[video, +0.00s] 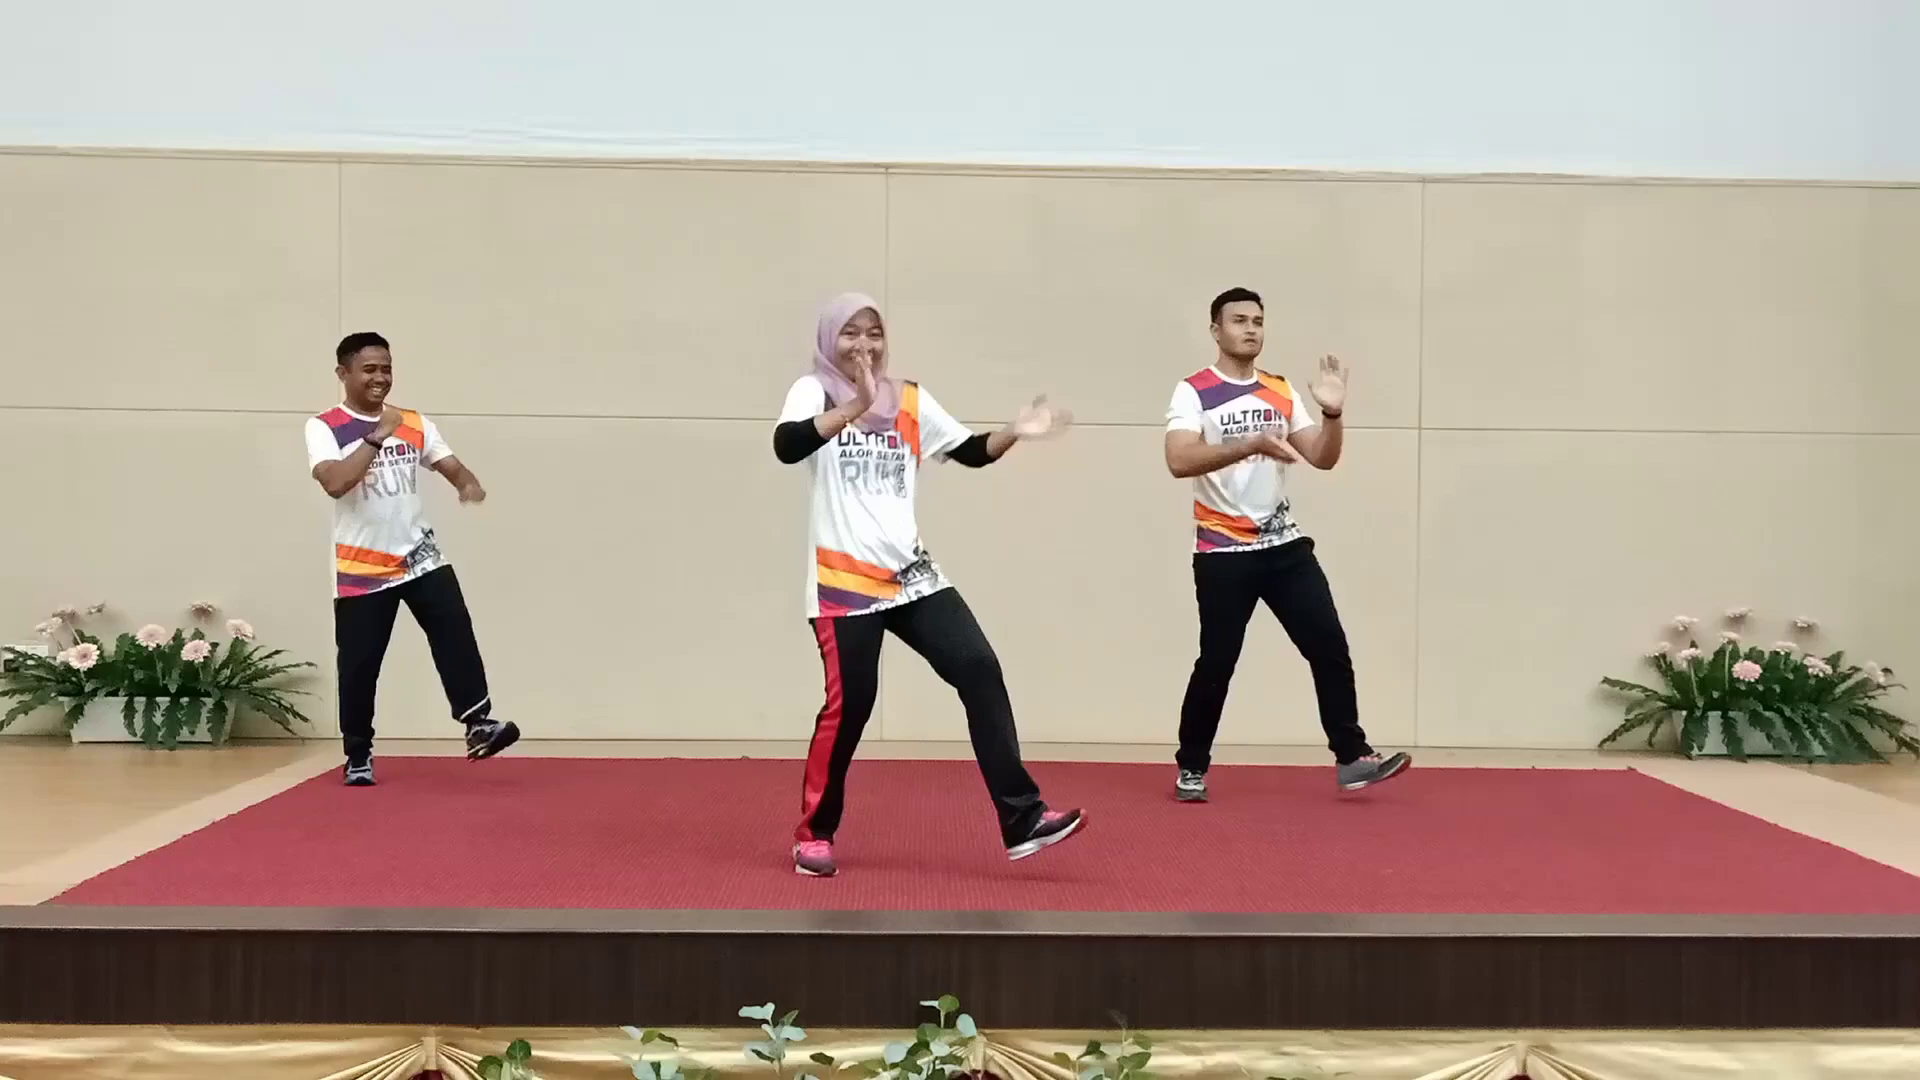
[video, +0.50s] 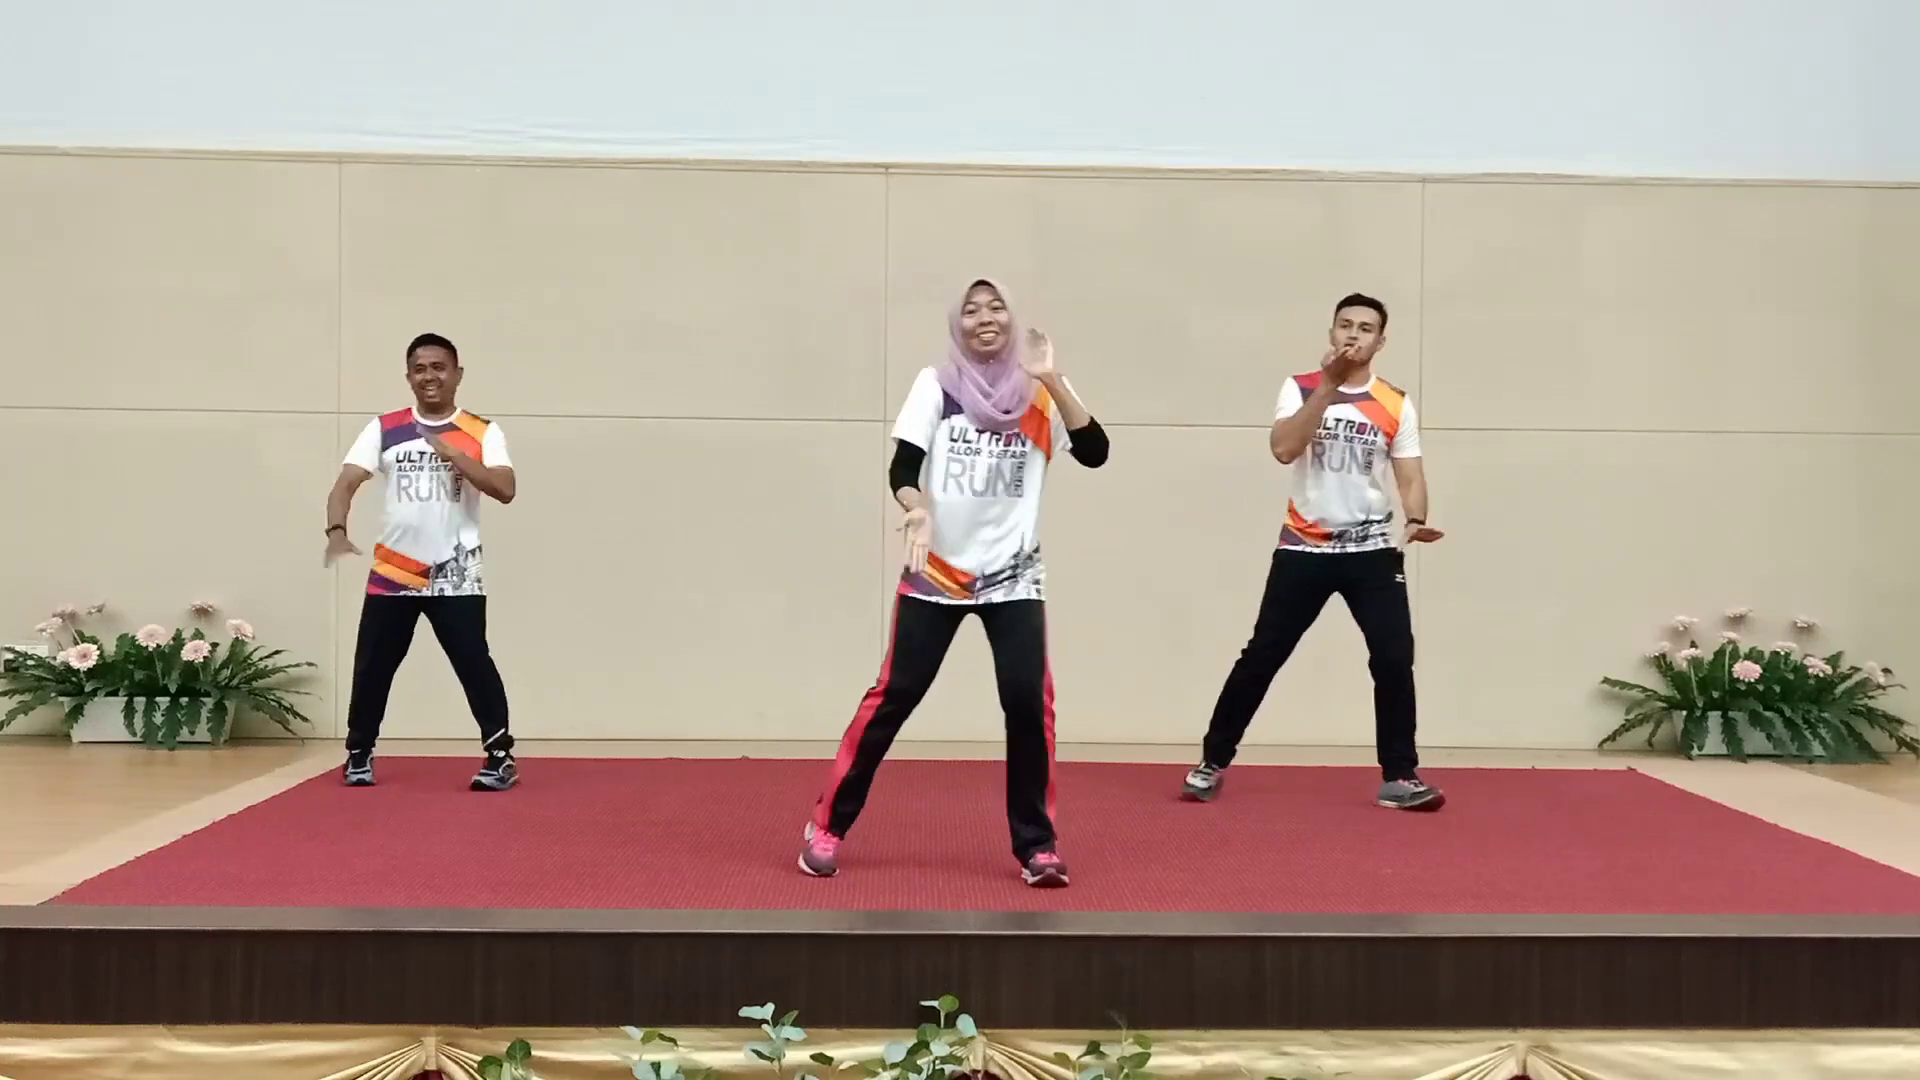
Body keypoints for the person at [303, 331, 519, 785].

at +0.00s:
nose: (380, 378)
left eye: (386, 370)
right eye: (369, 370)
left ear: (391, 373)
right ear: (343, 373)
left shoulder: (413, 424)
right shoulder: (323, 428)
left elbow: (452, 468)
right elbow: (335, 483)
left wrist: (468, 484)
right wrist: (379, 434)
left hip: (419, 558)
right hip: (362, 568)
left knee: (454, 629)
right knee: (358, 667)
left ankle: (478, 725)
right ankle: (358, 756)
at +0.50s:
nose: (428, 376)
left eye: (438, 367)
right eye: (419, 369)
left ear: (457, 372)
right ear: (408, 377)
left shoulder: (482, 433)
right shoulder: (384, 429)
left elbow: (505, 489)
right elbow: (344, 486)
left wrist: (456, 455)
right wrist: (336, 529)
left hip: (455, 573)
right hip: (394, 573)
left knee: (473, 664)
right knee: (371, 668)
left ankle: (500, 758)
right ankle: (359, 755)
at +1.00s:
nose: (507, 373)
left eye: (519, 365)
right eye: (502, 366)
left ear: (544, 373)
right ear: (496, 374)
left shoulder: (551, 419)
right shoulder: (493, 432)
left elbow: (553, 477)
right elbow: (458, 493)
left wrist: (503, 528)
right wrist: (456, 455)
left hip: (528, 563)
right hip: (495, 564)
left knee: (511, 660)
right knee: (513, 659)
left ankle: (502, 756)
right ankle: (575, 732)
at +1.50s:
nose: (593, 369)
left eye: (605, 362)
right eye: (591, 361)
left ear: (632, 372)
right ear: (587, 369)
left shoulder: (645, 423)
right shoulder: (573, 426)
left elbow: (636, 470)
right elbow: (533, 480)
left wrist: (595, 418)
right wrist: (505, 527)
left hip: (618, 566)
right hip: (580, 566)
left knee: (621, 655)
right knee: (580, 661)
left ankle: (670, 737)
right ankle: (595, 753)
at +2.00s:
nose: (649, 374)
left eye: (660, 366)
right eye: (648, 367)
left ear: (689, 375)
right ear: (648, 375)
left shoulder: (697, 428)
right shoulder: (643, 430)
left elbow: (695, 498)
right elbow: (589, 470)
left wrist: (627, 519)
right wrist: (577, 430)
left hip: (665, 567)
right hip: (624, 561)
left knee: (665, 659)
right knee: (577, 623)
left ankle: (686, 755)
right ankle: (559, 726)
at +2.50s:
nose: (627, 367)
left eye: (638, 360)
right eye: (628, 359)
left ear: (668, 368)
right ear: (632, 368)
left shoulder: (684, 413)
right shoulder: (618, 425)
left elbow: (703, 459)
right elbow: (580, 477)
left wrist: (644, 484)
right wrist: (585, 428)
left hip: (659, 561)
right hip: (610, 551)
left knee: (666, 655)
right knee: (563, 614)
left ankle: (685, 755)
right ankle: (579, 709)